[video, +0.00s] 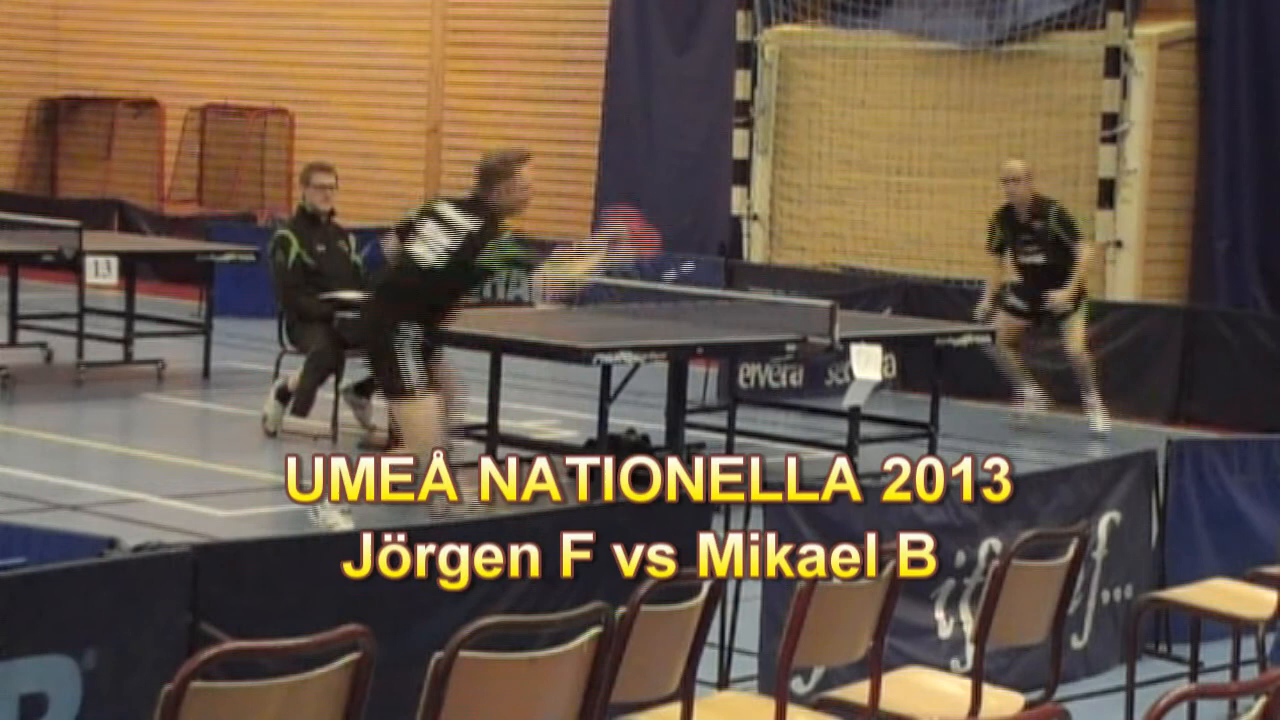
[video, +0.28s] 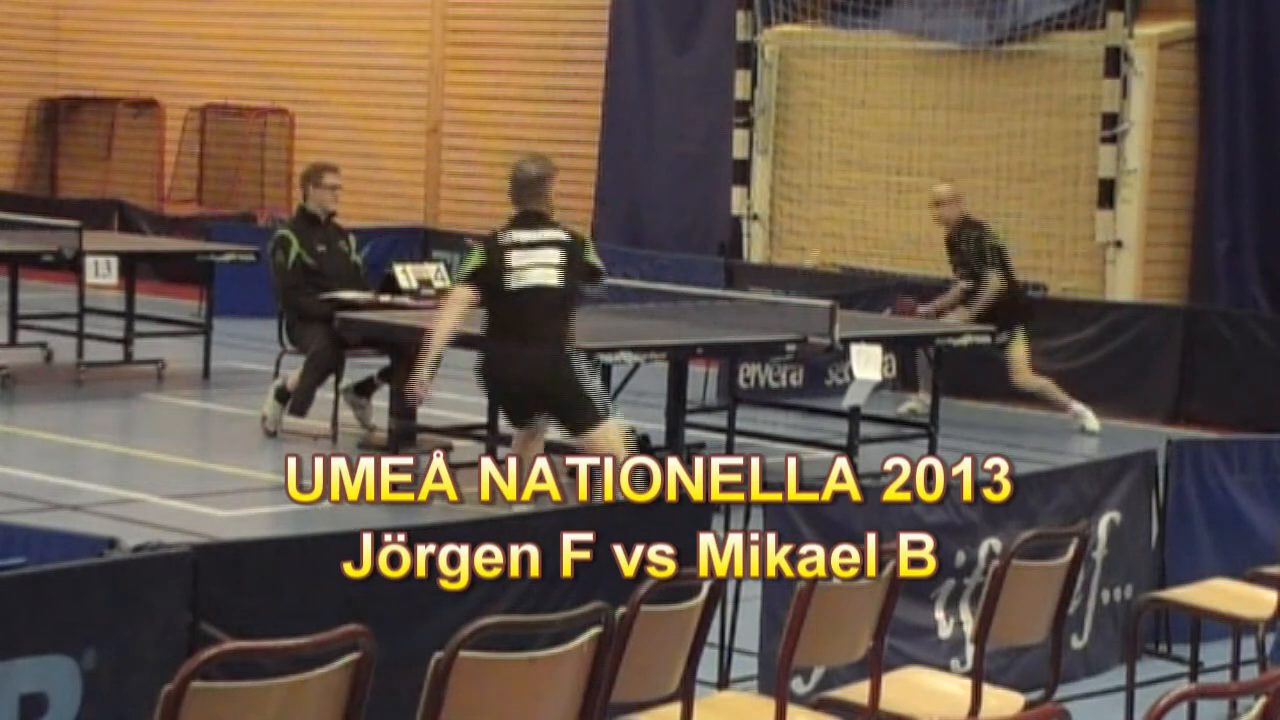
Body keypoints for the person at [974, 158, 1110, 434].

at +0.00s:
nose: (1010, 188)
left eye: (1015, 182)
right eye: (1005, 182)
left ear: (1029, 183)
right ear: (1001, 186)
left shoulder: (1052, 212)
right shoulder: (1002, 218)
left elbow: (1085, 249)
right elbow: (998, 265)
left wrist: (1068, 290)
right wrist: (988, 299)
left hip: (1062, 288)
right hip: (1025, 288)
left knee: (1075, 349)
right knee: (999, 341)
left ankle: (1092, 403)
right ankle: (1031, 393)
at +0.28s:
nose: (939, 212)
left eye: (944, 205)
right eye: (936, 206)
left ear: (959, 205)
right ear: (935, 209)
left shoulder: (978, 233)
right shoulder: (953, 238)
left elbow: (996, 283)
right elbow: (965, 282)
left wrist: (968, 313)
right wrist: (933, 307)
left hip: (1009, 310)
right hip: (980, 308)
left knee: (1021, 377)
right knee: (926, 334)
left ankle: (1078, 411)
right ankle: (924, 400)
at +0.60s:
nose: (910, 186)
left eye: (915, 180)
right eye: (907, 181)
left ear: (934, 181)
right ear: (908, 185)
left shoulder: (955, 209)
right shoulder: (917, 219)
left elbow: (979, 248)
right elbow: (883, 243)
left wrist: (946, 280)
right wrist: (862, 216)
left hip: (985, 292)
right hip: (951, 295)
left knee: (1004, 346)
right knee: (908, 333)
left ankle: (1052, 403)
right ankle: (924, 398)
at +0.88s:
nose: (950, 175)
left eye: (956, 168)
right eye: (946, 169)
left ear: (971, 169)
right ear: (942, 171)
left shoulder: (990, 202)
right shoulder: (940, 203)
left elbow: (1015, 246)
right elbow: (920, 243)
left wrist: (996, 280)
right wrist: (889, 239)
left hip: (1002, 281)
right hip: (965, 281)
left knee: (1023, 338)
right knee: (932, 334)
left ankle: (1056, 404)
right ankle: (930, 397)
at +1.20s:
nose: (1023, 167)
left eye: (1029, 162)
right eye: (1019, 162)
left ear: (1043, 164)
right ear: (1015, 164)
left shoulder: (1065, 195)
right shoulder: (1012, 200)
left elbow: (1089, 234)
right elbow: (1010, 245)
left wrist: (1080, 272)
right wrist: (989, 276)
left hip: (1060, 278)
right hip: (1026, 276)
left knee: (1061, 348)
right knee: (999, 334)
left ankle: (1065, 413)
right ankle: (984, 397)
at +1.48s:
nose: (1060, 165)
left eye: (1065, 159)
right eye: (1055, 160)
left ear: (1078, 159)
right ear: (1049, 163)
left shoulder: (1099, 191)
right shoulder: (1054, 200)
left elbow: (1129, 234)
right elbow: (1051, 248)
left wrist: (1107, 271)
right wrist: (1028, 274)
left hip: (1109, 280)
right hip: (1077, 280)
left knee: (1119, 349)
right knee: (1058, 348)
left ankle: (1153, 420)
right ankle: (1081, 418)